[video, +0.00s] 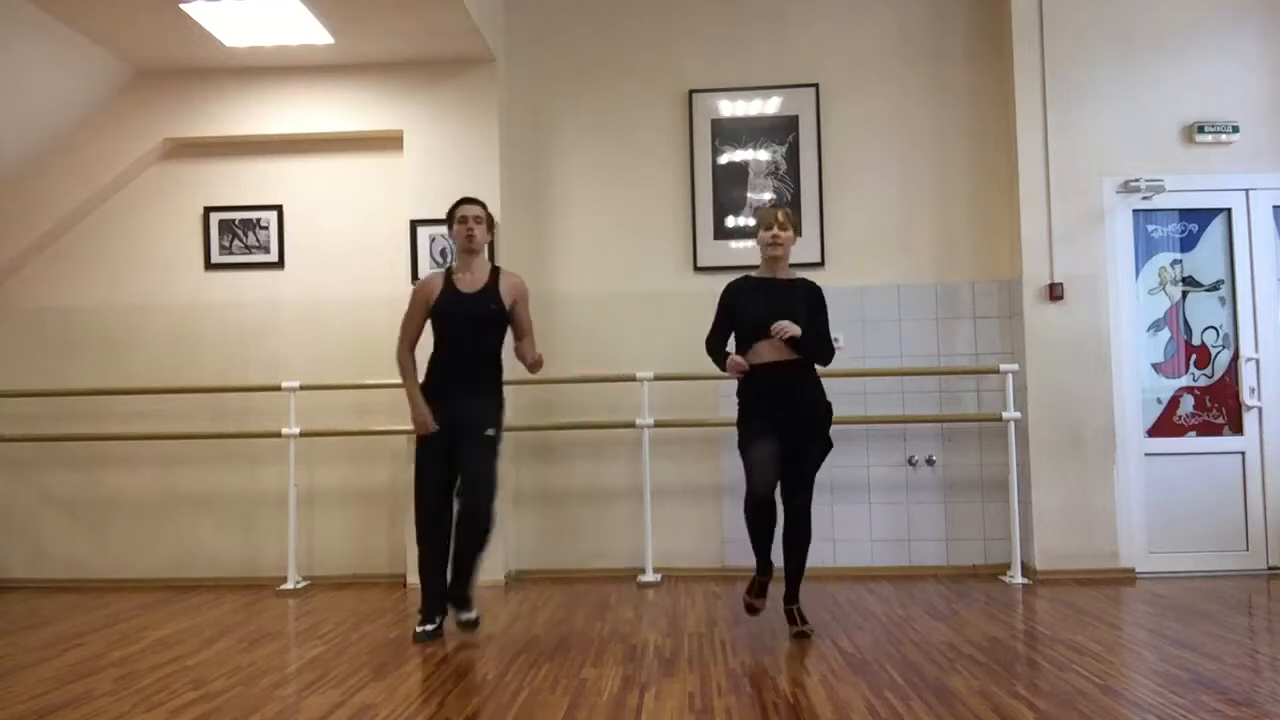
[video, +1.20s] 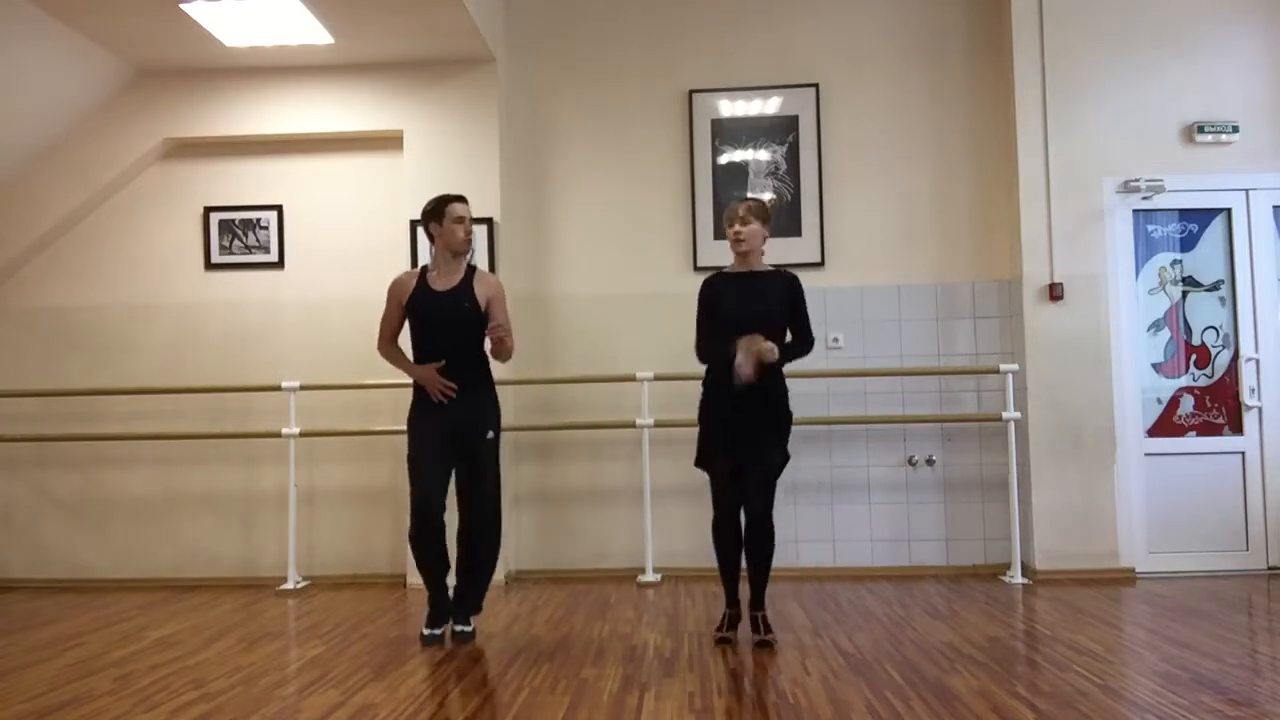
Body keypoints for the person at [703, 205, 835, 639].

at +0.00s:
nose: (776, 234)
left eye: (783, 227)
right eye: (769, 227)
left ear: (794, 238)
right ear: (758, 236)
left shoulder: (809, 291)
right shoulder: (737, 290)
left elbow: (824, 353)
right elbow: (714, 344)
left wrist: (800, 336)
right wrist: (726, 359)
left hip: (805, 405)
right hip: (758, 405)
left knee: (798, 505)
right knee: (759, 492)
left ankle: (793, 599)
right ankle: (763, 569)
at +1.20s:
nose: (738, 229)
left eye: (746, 222)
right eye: (733, 223)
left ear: (766, 232)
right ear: (726, 233)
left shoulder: (786, 283)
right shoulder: (713, 285)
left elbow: (805, 341)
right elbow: (704, 350)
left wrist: (776, 352)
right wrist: (735, 353)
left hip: (767, 412)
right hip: (720, 412)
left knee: (759, 510)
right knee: (725, 511)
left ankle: (758, 609)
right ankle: (730, 607)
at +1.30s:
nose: (724, 228)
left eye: (733, 222)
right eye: (723, 222)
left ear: (759, 229)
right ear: (723, 231)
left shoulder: (781, 283)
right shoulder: (711, 279)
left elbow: (793, 345)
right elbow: (685, 329)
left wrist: (784, 376)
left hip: (770, 399)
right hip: (725, 400)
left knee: (765, 510)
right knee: (729, 508)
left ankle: (762, 609)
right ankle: (738, 607)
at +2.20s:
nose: (722, 227)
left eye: (731, 219)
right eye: (720, 221)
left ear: (755, 227)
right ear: (721, 231)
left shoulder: (779, 282)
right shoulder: (709, 281)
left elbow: (799, 340)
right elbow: (673, 333)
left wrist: (824, 388)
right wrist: (648, 298)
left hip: (770, 394)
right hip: (722, 395)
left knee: (770, 506)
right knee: (733, 506)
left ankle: (764, 609)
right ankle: (741, 608)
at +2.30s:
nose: (716, 223)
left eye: (725, 215)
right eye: (716, 216)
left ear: (752, 223)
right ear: (728, 226)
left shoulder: (783, 277)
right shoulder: (707, 274)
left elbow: (835, 322)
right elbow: (672, 318)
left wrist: (886, 357)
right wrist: (674, 273)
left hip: (765, 395)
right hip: (716, 395)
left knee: (763, 504)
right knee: (729, 503)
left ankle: (764, 607)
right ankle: (737, 606)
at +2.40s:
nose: (718, 220)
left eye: (727, 213)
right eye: (716, 214)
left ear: (752, 220)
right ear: (717, 223)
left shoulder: (785, 269)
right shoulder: (708, 266)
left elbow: (846, 288)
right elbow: (683, 319)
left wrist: (907, 304)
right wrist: (712, 283)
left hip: (762, 391)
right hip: (713, 391)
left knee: (749, 496)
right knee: (725, 498)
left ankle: (756, 602)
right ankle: (738, 602)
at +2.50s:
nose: (718, 232)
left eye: (727, 225)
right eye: (716, 226)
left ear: (752, 230)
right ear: (716, 233)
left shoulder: (782, 283)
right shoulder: (707, 286)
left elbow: (844, 291)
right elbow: (701, 349)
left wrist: (902, 275)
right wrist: (734, 345)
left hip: (758, 410)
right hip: (712, 408)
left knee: (743, 508)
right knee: (727, 507)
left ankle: (744, 609)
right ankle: (744, 609)